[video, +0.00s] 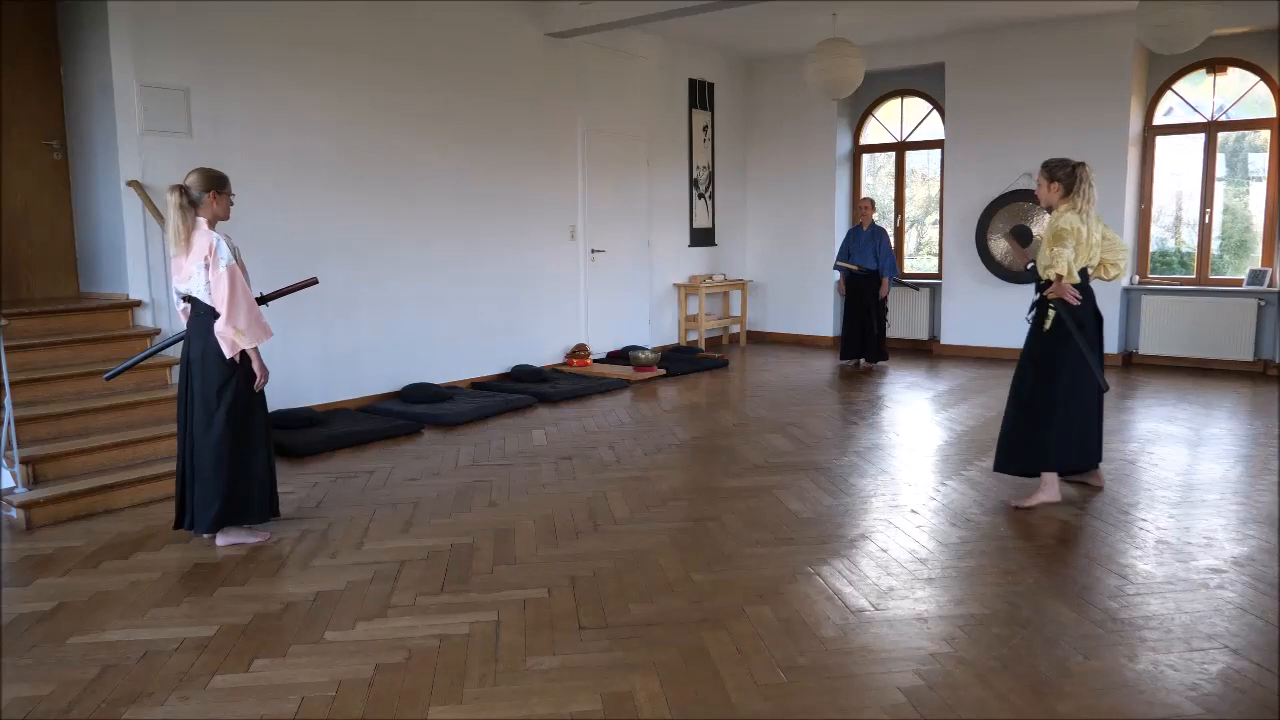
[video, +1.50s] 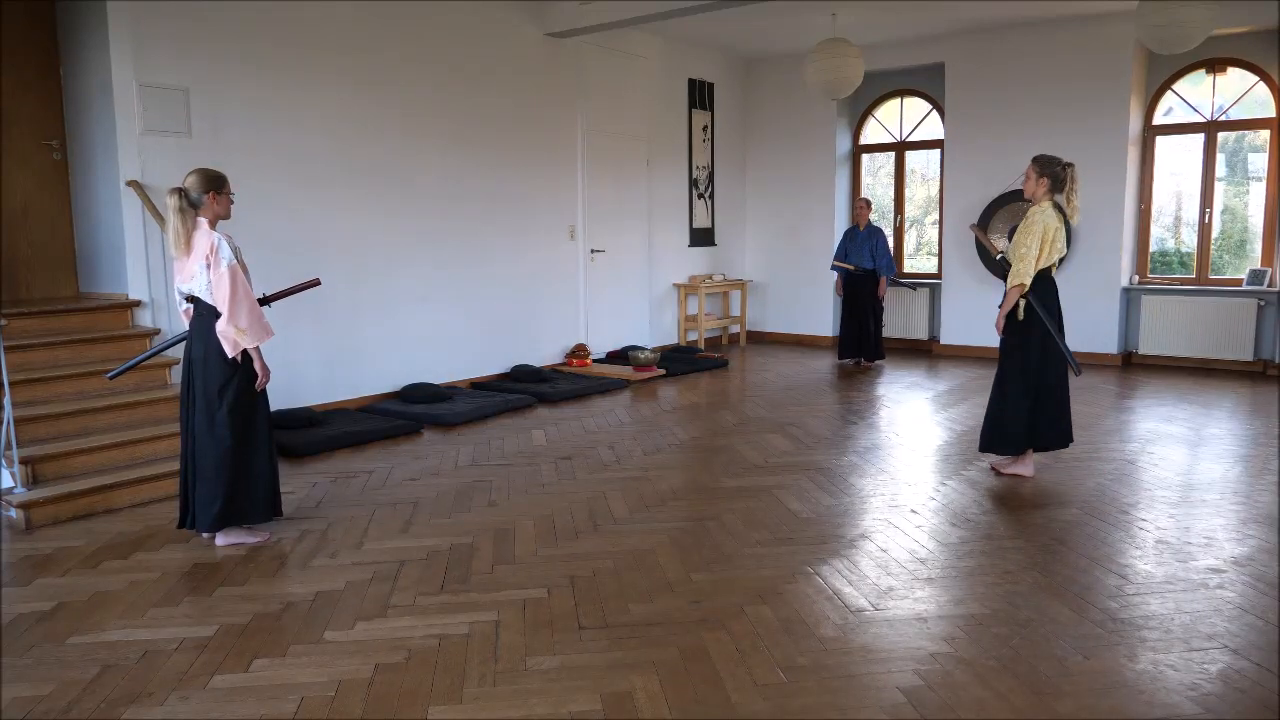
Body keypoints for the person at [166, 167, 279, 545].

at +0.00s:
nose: (232, 203)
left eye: (231, 197)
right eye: (229, 197)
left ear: (203, 199)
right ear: (212, 198)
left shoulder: (182, 242)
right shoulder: (217, 242)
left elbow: (185, 304)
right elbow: (233, 304)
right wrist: (253, 352)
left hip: (197, 343)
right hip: (223, 345)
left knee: (208, 432)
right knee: (229, 433)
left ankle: (215, 520)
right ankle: (229, 525)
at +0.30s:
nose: (232, 201)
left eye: (231, 195)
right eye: (229, 195)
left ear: (203, 199)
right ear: (212, 198)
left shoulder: (183, 242)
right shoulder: (217, 242)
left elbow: (186, 304)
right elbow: (234, 303)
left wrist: (203, 334)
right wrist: (255, 352)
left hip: (199, 343)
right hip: (224, 344)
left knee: (209, 432)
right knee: (230, 433)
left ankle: (214, 521)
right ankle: (230, 525)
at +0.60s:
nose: (232, 201)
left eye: (231, 194)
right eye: (229, 194)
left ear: (203, 199)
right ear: (212, 198)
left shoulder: (184, 241)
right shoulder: (218, 242)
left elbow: (186, 304)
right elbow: (235, 304)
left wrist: (205, 333)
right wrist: (255, 352)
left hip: (200, 343)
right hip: (225, 345)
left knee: (211, 432)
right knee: (232, 433)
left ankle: (215, 521)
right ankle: (231, 526)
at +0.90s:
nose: (233, 201)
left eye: (231, 195)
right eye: (229, 195)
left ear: (203, 199)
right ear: (212, 199)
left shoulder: (184, 242)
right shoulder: (219, 243)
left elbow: (186, 305)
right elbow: (235, 305)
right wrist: (256, 352)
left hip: (200, 344)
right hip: (225, 345)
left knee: (210, 432)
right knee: (232, 433)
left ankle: (214, 521)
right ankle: (230, 526)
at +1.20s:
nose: (233, 201)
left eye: (231, 194)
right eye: (229, 195)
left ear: (203, 199)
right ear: (212, 198)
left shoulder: (185, 241)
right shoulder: (218, 242)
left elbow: (186, 304)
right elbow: (235, 304)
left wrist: (206, 331)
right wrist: (255, 351)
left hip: (200, 343)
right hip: (225, 344)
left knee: (210, 432)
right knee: (233, 433)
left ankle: (213, 521)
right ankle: (231, 526)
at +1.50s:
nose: (232, 202)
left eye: (231, 195)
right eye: (229, 196)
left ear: (203, 199)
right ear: (212, 199)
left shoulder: (184, 241)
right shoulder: (218, 242)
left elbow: (186, 304)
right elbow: (234, 304)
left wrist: (207, 331)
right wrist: (255, 352)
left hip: (200, 344)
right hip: (225, 345)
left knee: (209, 432)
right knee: (232, 433)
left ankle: (212, 521)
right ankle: (230, 526)